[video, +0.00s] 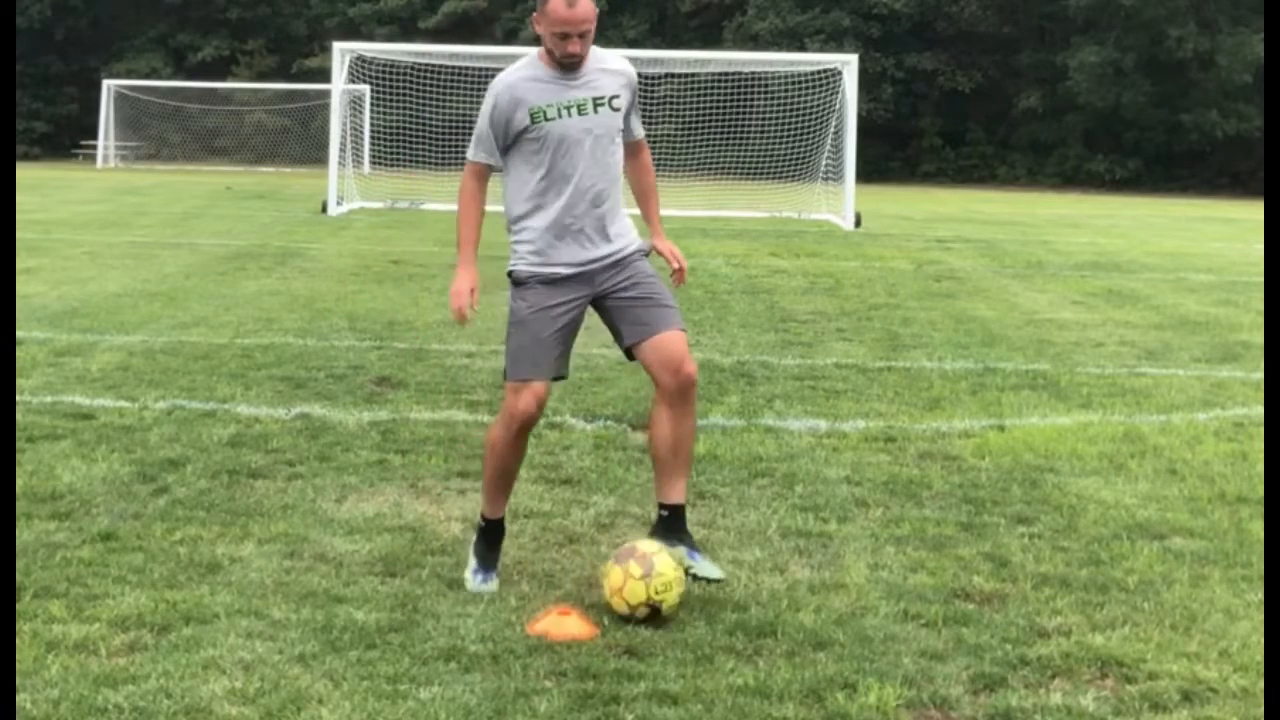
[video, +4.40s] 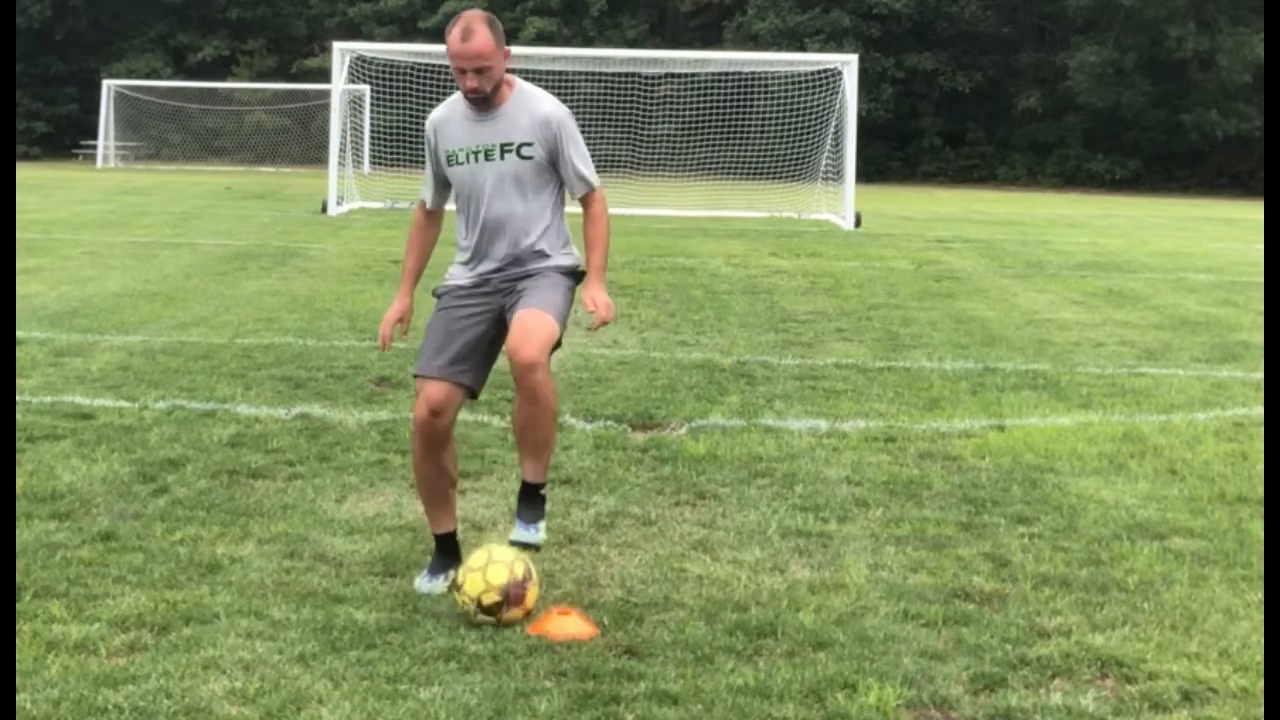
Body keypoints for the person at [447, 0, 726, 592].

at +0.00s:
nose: (574, 47)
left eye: (583, 35)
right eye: (562, 35)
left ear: (596, 23)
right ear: (537, 26)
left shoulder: (619, 76)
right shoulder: (510, 89)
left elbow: (635, 149)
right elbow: (474, 176)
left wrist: (655, 231)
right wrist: (466, 265)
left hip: (620, 258)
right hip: (544, 272)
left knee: (680, 375)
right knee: (524, 406)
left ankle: (671, 530)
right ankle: (489, 536)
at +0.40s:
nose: (622, 71)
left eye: (633, 58)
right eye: (611, 59)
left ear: (646, 49)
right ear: (587, 47)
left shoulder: (667, 105)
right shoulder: (553, 112)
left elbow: (691, 184)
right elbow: (517, 196)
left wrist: (706, 263)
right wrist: (508, 286)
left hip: (644, 275)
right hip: (572, 274)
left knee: (677, 408)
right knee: (578, 380)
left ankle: (681, 559)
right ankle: (568, 500)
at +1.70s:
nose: (663, 53)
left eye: (674, 41)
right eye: (651, 40)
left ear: (691, 29)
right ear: (630, 26)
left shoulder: (715, 87)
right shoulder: (596, 85)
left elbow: (742, 170)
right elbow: (565, 167)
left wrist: (742, 245)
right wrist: (550, 251)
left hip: (687, 261)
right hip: (616, 257)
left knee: (692, 399)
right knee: (647, 362)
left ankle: (693, 540)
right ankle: (662, 486)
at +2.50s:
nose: (646, 50)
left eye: (658, 39)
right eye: (636, 37)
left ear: (683, 27)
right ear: (624, 23)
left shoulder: (711, 89)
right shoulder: (597, 80)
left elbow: (744, 166)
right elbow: (566, 164)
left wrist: (733, 243)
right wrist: (538, 249)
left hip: (672, 271)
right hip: (593, 259)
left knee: (682, 409)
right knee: (563, 375)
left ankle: (691, 551)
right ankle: (580, 504)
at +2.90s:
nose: (619, 46)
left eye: (632, 36)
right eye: (612, 33)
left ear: (662, 25)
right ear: (603, 21)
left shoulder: (697, 85)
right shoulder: (580, 78)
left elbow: (728, 161)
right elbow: (555, 160)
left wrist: (711, 236)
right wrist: (524, 242)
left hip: (656, 260)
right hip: (577, 248)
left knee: (663, 401)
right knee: (513, 367)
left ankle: (657, 540)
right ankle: (497, 487)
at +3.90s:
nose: (527, 47)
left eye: (539, 36)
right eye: (518, 35)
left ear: (569, 22)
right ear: (509, 22)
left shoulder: (603, 86)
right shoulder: (499, 76)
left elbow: (645, 171)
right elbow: (496, 153)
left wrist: (624, 243)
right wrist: (470, 230)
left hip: (575, 256)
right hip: (502, 250)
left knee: (571, 389)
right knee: (454, 377)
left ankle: (618, 509)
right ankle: (444, 523)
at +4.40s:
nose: (470, 83)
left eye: (481, 70)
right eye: (459, 71)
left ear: (506, 58)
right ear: (447, 63)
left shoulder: (547, 114)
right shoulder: (442, 123)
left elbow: (593, 197)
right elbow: (430, 211)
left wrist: (596, 281)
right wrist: (404, 295)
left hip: (543, 267)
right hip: (473, 277)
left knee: (526, 353)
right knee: (430, 410)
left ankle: (531, 498)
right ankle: (446, 552)